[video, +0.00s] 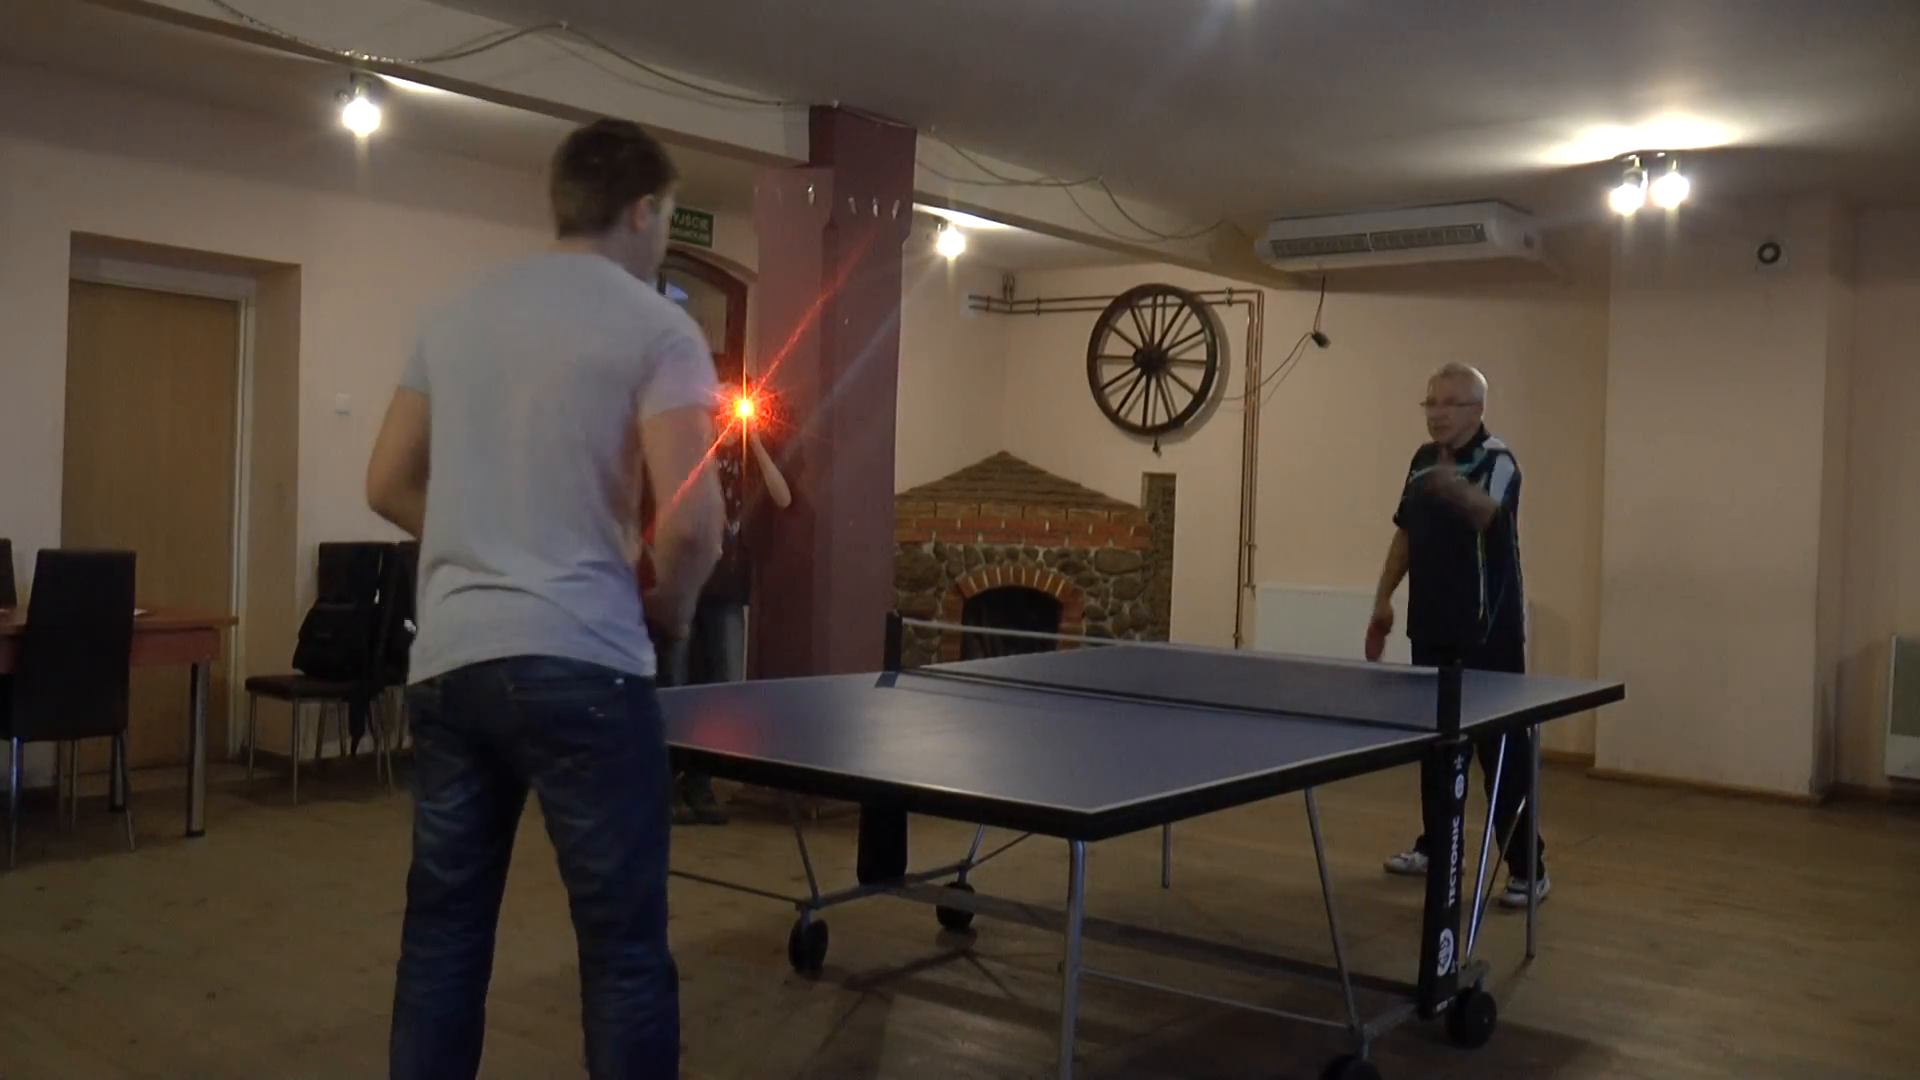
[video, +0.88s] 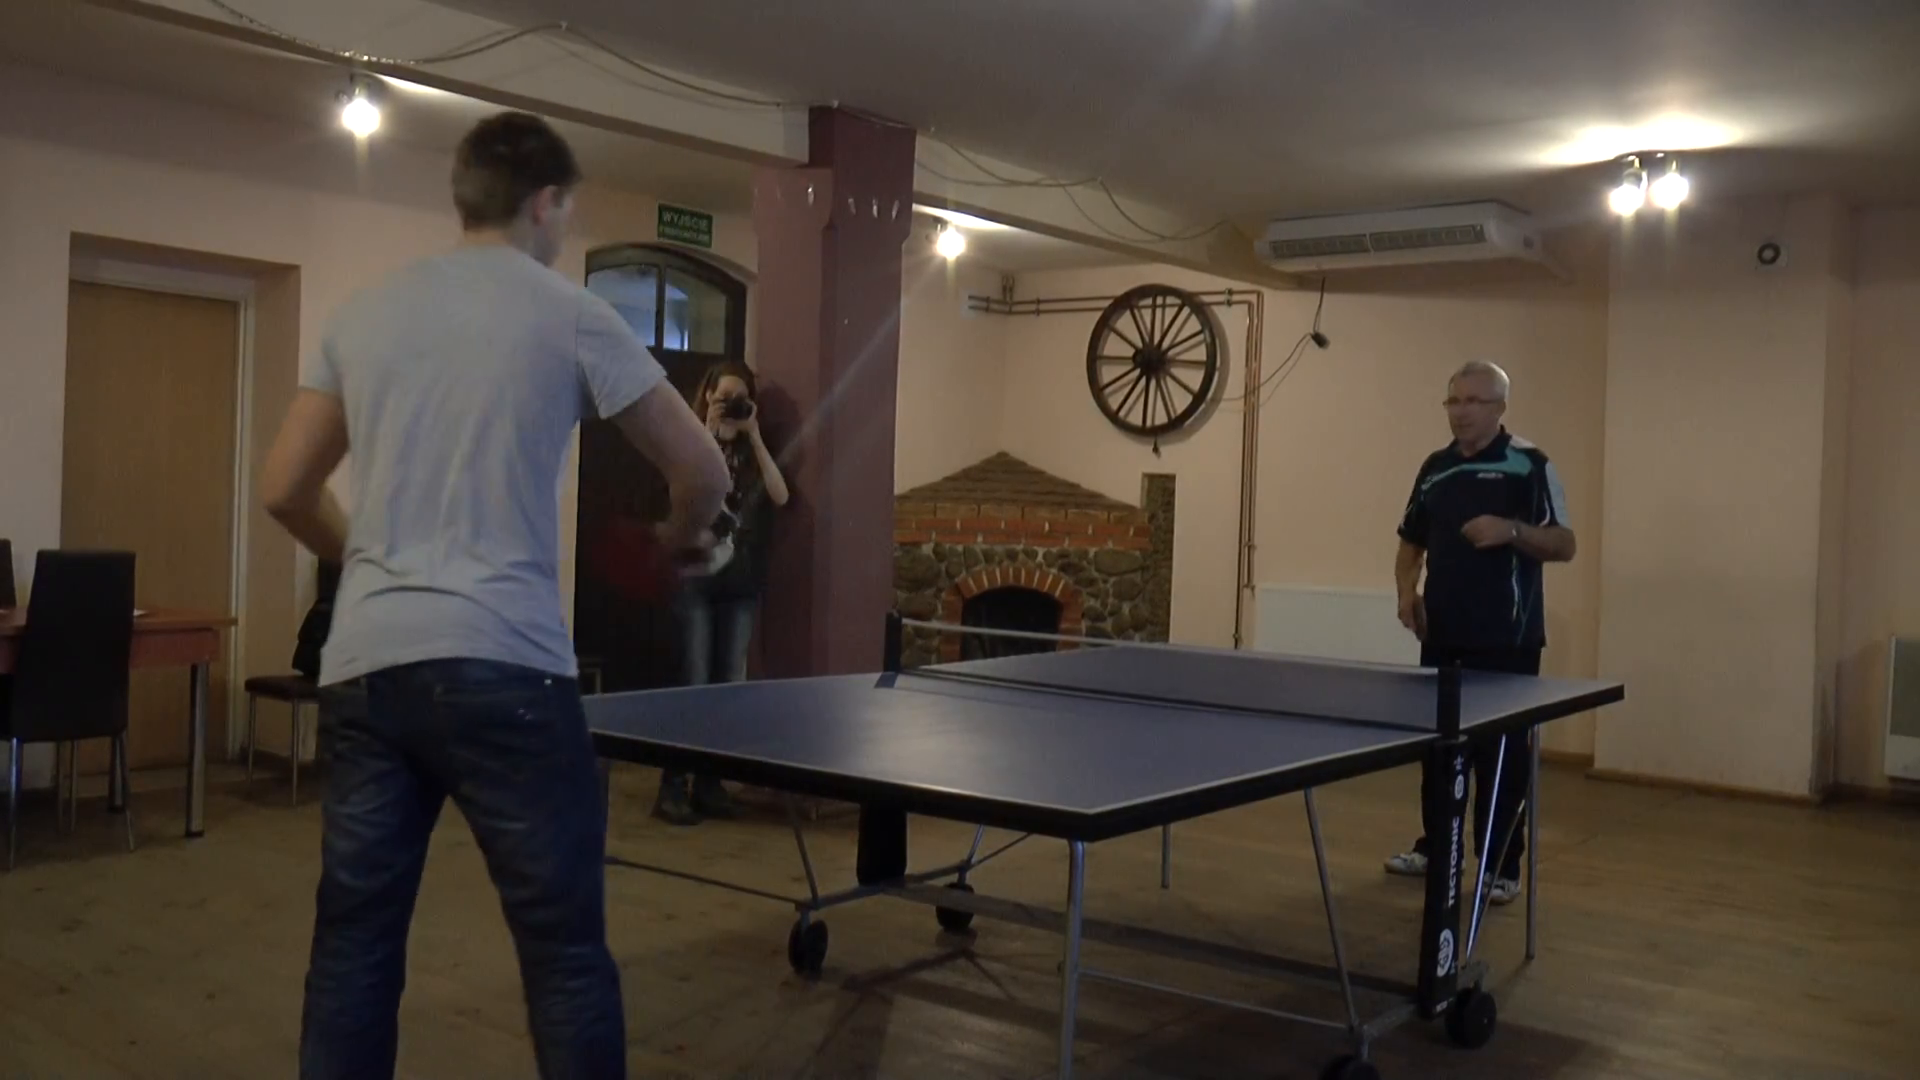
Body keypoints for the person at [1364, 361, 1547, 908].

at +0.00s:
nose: (1436, 414)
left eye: (1448, 405)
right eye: (1430, 404)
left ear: (1477, 410)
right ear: (1425, 409)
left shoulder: (1496, 460)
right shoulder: (1424, 462)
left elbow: (1487, 513)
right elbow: (1406, 536)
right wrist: (1382, 599)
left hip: (1491, 632)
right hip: (1433, 629)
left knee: (1503, 753)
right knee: (1436, 744)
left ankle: (1527, 867)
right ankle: (1435, 843)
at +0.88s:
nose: (1459, 411)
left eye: (1472, 402)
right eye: (1453, 401)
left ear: (1500, 409)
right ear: (1446, 406)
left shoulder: (1531, 466)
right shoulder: (1435, 468)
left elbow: (1564, 544)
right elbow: (1411, 541)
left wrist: (1512, 531)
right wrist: (1406, 591)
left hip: (1509, 639)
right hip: (1445, 635)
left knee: (1504, 754)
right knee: (1438, 746)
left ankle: (1501, 866)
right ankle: (1436, 846)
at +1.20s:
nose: (1466, 417)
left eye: (1479, 407)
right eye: (1459, 406)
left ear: (1508, 410)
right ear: (1453, 407)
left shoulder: (1538, 467)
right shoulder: (1444, 466)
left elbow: (1562, 548)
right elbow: (1423, 538)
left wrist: (1506, 548)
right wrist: (1407, 577)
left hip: (1511, 642)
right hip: (1443, 634)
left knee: (1505, 755)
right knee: (1425, 741)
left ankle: (1500, 866)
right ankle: (1424, 845)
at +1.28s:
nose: (1455, 421)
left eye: (1467, 411)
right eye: (1449, 410)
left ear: (1500, 412)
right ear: (1444, 411)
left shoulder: (1533, 466)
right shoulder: (1442, 468)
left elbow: (1557, 548)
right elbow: (1421, 544)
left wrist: (1495, 558)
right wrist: (1391, 579)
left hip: (1509, 643)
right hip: (1441, 635)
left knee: (1504, 757)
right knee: (1421, 742)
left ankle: (1500, 865)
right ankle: (1417, 845)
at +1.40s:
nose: (1438, 425)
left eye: (1448, 414)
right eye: (1432, 415)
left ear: (1483, 412)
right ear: (1429, 415)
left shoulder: (1521, 460)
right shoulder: (1435, 471)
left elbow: (1535, 545)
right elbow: (1409, 548)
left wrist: (1465, 567)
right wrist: (1361, 576)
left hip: (1508, 640)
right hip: (1441, 633)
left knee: (1501, 752)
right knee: (1414, 736)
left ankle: (1500, 864)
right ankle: (1403, 840)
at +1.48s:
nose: (1422, 433)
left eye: (1432, 421)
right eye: (1417, 423)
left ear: (1467, 418)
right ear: (1417, 423)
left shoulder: (1502, 462)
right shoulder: (1427, 477)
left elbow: (1504, 544)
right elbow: (1401, 551)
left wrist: (1424, 576)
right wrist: (1342, 574)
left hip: (1507, 634)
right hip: (1444, 628)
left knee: (1503, 751)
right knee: (1410, 732)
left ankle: (1499, 864)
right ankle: (1393, 840)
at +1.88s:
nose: (1330, 491)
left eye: (1335, 478)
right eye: (1327, 480)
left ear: (1365, 467)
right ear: (1365, 468)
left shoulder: (1397, 490)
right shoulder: (1391, 491)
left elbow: (1349, 569)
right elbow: (1356, 576)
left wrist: (1266, 580)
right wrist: (1273, 590)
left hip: (1488, 625)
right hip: (1439, 624)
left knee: (1481, 744)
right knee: (1409, 730)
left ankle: (1505, 864)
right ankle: (1393, 843)